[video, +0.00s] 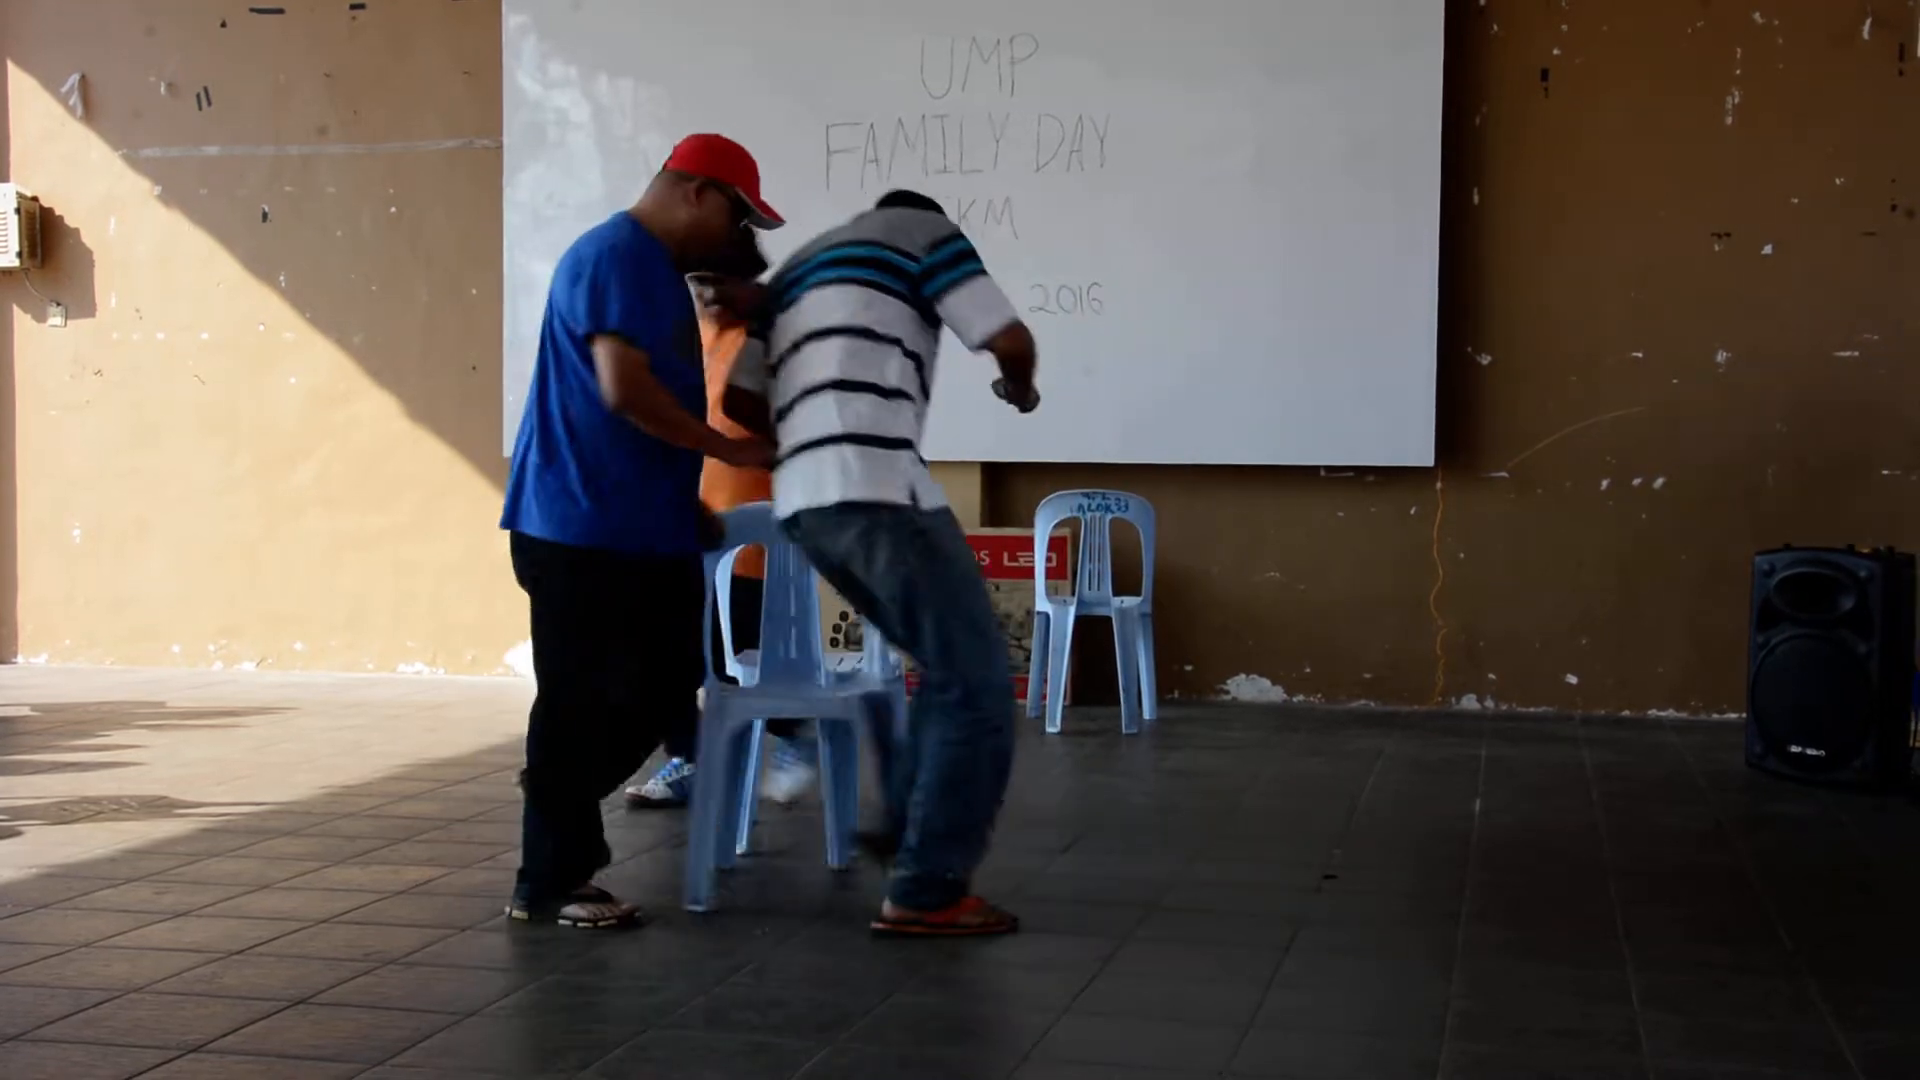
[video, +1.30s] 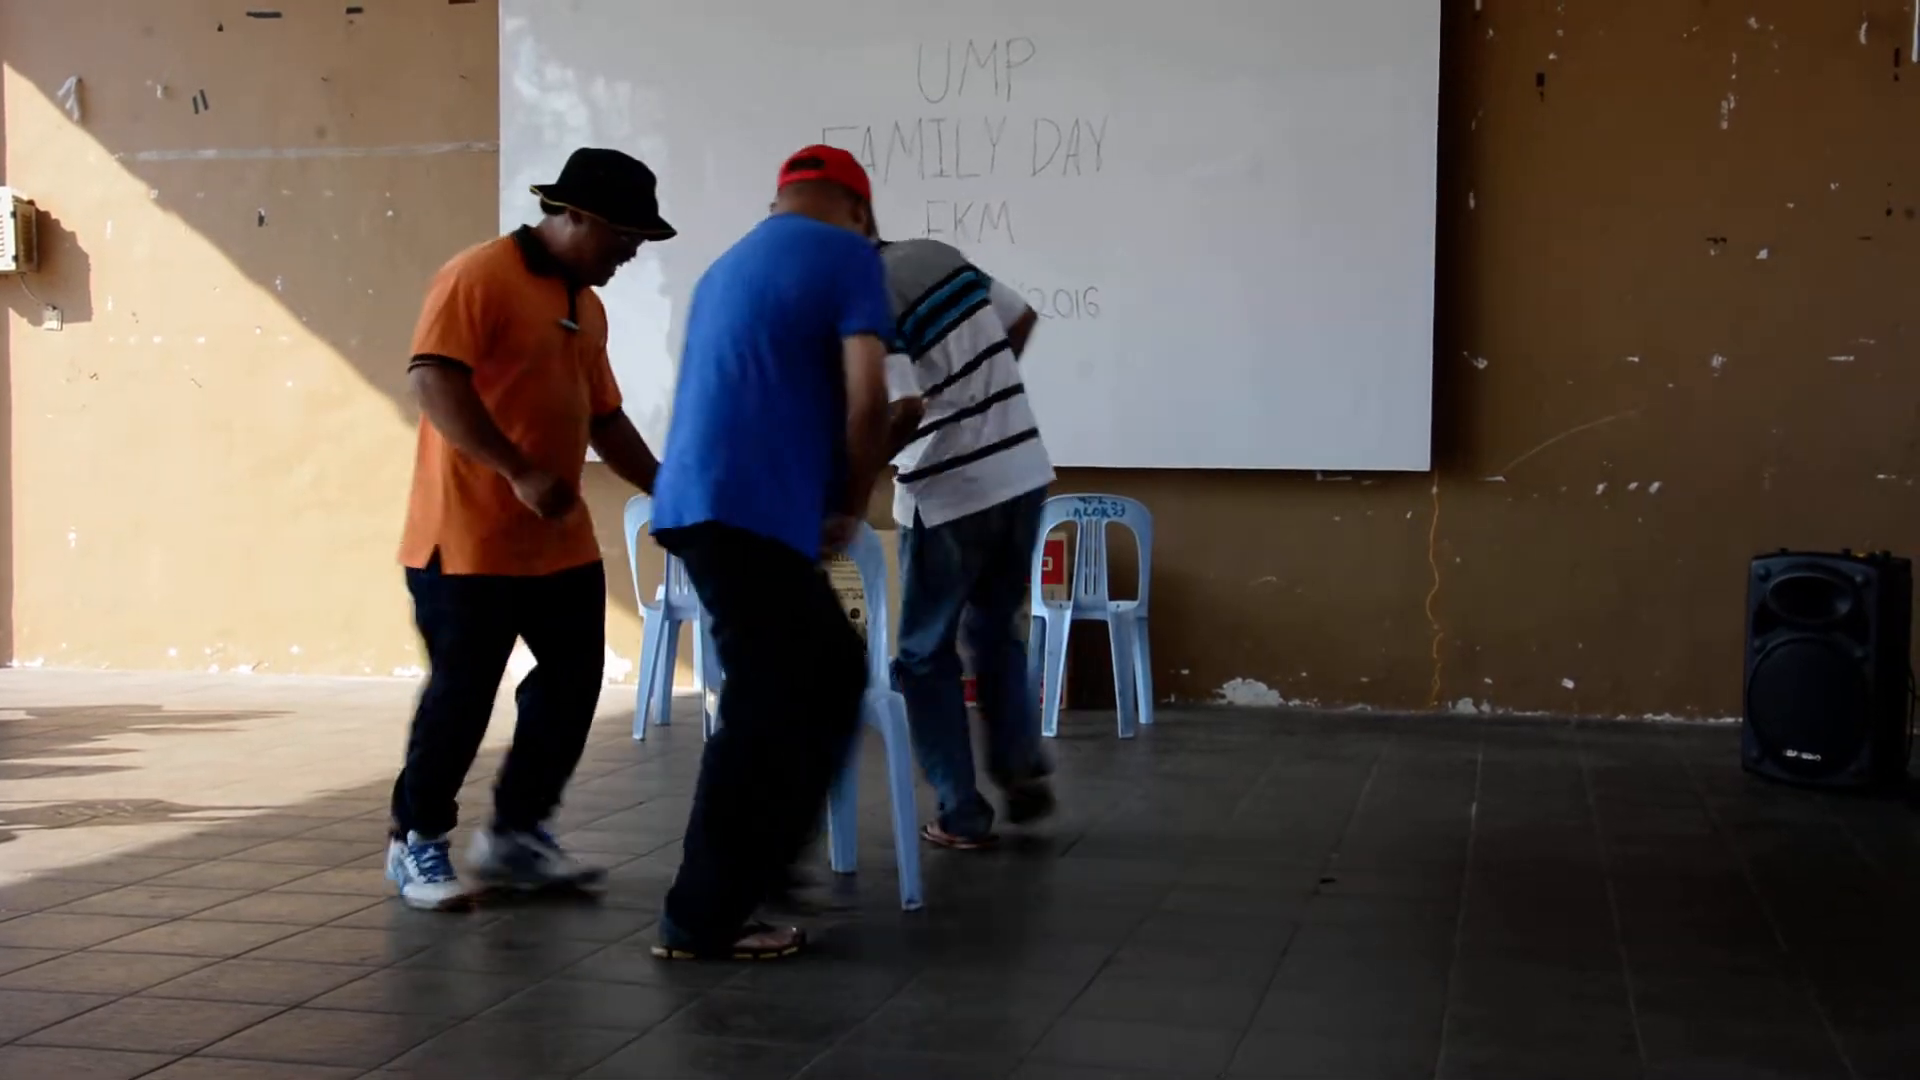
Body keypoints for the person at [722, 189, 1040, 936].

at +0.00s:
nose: (949, 248)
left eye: (946, 241)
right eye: (944, 236)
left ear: (872, 213)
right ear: (926, 218)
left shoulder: (794, 267)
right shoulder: (919, 226)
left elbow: (734, 396)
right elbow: (1012, 342)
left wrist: (807, 445)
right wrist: (1017, 387)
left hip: (805, 501)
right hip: (876, 487)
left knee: (940, 667)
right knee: (978, 680)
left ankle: (911, 846)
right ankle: (927, 893)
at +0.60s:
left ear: (867, 275)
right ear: (930, 262)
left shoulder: (841, 308)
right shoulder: (980, 279)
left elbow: (802, 413)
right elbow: (1088, 369)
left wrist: (778, 496)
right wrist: (1034, 400)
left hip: (885, 521)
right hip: (973, 503)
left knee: (936, 683)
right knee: (998, 697)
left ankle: (957, 843)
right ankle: (872, 830)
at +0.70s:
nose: (845, 298)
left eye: (845, 288)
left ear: (861, 270)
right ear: (925, 252)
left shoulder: (851, 297)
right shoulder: (982, 268)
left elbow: (817, 387)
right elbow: (1075, 373)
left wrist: (797, 488)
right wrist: (1011, 416)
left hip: (905, 510)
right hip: (999, 491)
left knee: (939, 675)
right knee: (1019, 673)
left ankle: (959, 848)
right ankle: (950, 798)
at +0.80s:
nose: (844, 287)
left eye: (845, 276)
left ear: (863, 259)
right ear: (918, 243)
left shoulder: (861, 283)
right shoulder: (994, 261)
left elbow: (846, 376)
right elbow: (1070, 373)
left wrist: (821, 470)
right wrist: (1019, 426)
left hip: (928, 499)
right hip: (1024, 487)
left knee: (946, 667)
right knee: (1032, 658)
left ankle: (963, 840)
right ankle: (1029, 817)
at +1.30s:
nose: (817, 242)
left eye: (819, 227)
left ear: (847, 221)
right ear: (869, 214)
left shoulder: (864, 293)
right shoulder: (936, 253)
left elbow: (905, 406)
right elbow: (1020, 316)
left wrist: (859, 468)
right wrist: (982, 386)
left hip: (953, 495)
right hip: (1026, 473)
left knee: (923, 653)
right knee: (996, 629)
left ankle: (962, 814)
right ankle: (1022, 773)